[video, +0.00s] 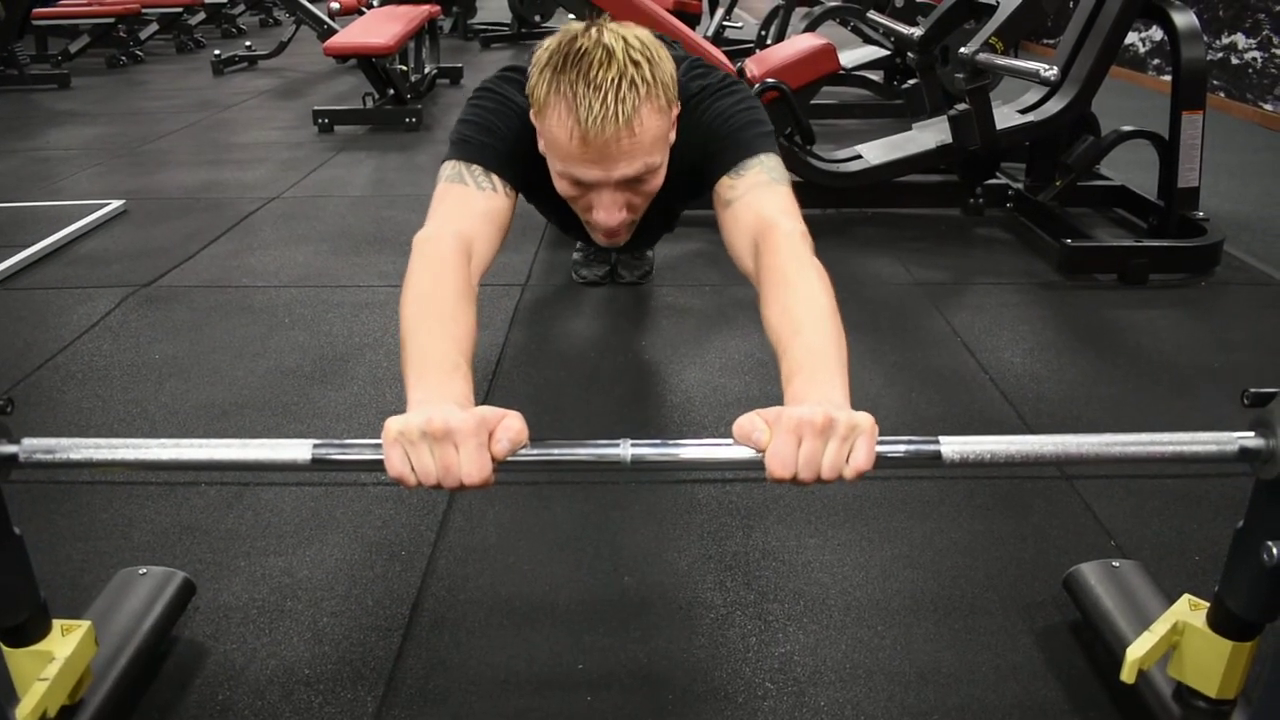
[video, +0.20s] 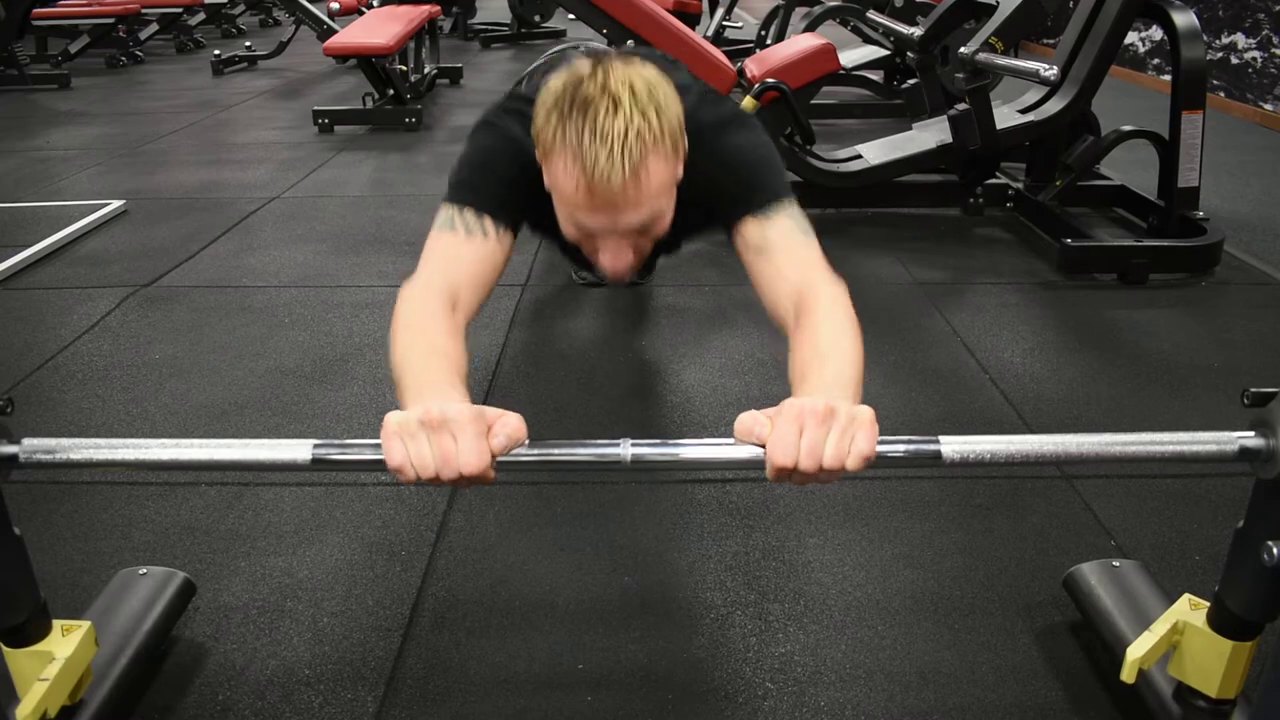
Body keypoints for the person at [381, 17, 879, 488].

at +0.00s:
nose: (610, 209)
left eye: (635, 182)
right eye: (581, 185)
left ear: (672, 127)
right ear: (540, 136)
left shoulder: (719, 106)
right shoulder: (505, 108)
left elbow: (778, 244)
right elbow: (447, 248)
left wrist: (819, 404)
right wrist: (439, 408)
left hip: (667, 201)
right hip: (561, 202)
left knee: (643, 235)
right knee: (585, 234)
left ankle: (633, 255)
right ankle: (595, 252)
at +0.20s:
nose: (617, 262)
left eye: (642, 230)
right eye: (586, 232)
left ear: (677, 165)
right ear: (546, 169)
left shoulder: (727, 141)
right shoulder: (507, 141)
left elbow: (816, 298)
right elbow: (433, 296)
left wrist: (822, 408)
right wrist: (438, 409)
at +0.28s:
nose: (620, 298)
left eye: (647, 268)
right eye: (592, 270)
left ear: (682, 195)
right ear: (551, 204)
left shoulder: (736, 176)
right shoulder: (509, 172)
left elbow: (811, 333)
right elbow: (435, 328)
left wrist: (822, 407)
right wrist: (440, 411)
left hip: (669, 84)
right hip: (546, 83)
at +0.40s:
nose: (624, 365)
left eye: (650, 337)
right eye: (598, 339)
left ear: (687, 262)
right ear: (555, 271)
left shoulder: (734, 219)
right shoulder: (511, 223)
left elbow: (816, 394)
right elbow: (434, 396)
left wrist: (816, 426)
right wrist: (439, 422)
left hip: (673, 112)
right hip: (557, 110)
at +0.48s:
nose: (627, 409)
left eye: (651, 380)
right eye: (600, 382)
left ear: (691, 300)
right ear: (558, 318)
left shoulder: (739, 258)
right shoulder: (516, 256)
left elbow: (837, 501)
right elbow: (433, 498)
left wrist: (818, 458)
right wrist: (443, 452)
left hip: (674, 132)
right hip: (556, 133)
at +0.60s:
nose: (633, 472)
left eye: (655, 443)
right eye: (606, 444)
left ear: (694, 370)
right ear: (562, 387)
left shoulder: (746, 318)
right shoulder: (512, 320)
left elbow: (843, 551)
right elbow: (434, 548)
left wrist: (817, 491)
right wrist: (445, 479)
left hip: (675, 161)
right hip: (555, 164)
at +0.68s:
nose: (634, 513)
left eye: (660, 482)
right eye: (604, 484)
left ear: (699, 408)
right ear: (556, 422)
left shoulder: (745, 345)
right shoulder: (515, 347)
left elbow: (848, 583)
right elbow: (423, 578)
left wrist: (818, 506)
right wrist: (446, 494)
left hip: (679, 184)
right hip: (558, 183)